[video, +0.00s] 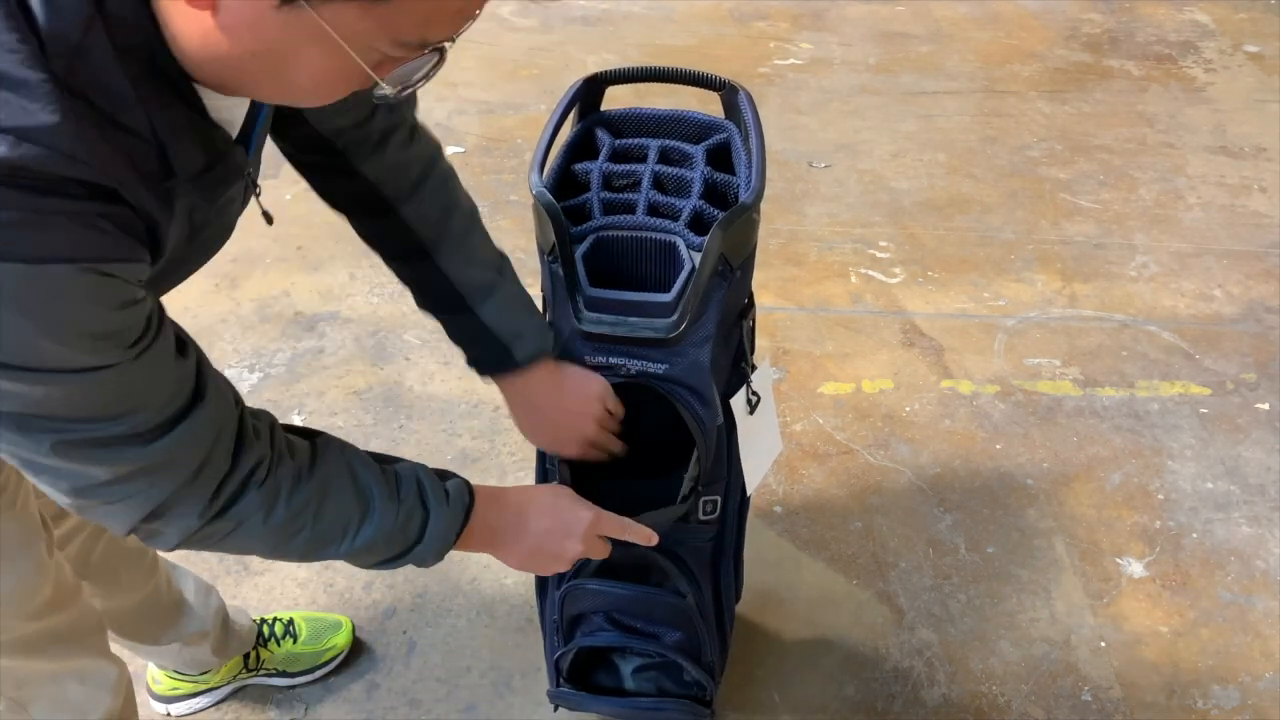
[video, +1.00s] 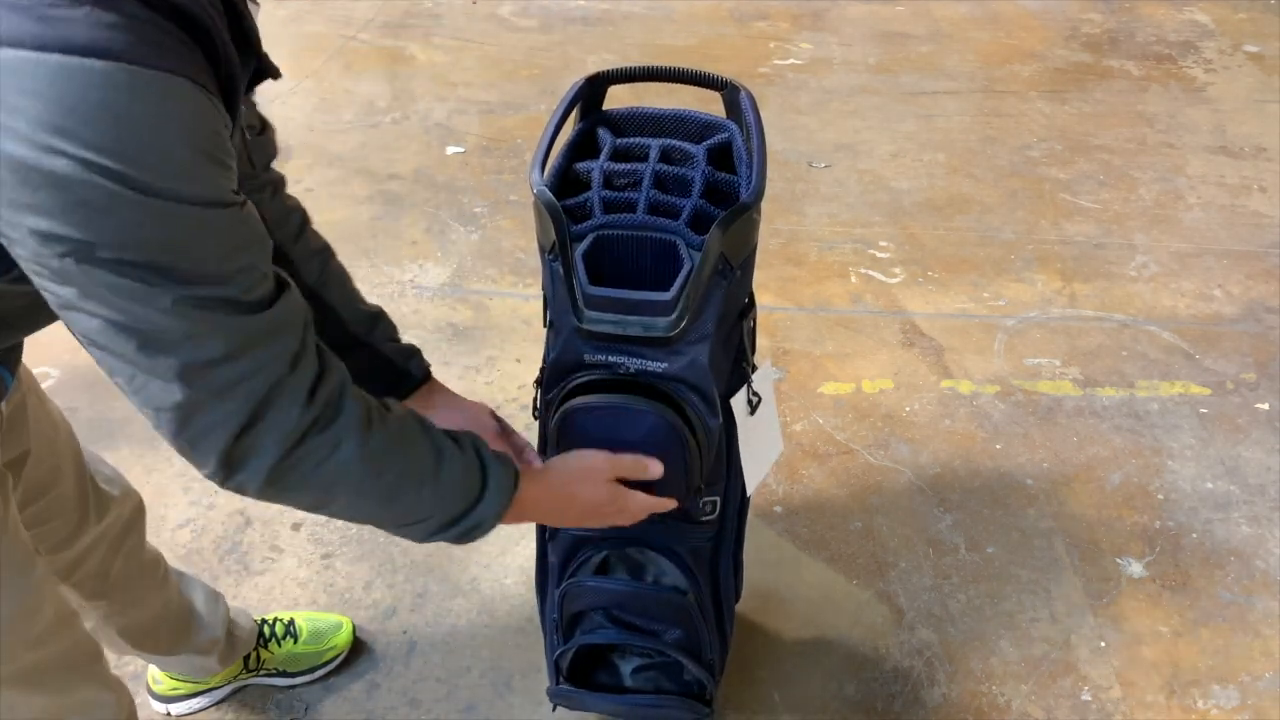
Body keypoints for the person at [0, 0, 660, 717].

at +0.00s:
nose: (408, 82)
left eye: (426, 56)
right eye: (398, 57)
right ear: (238, 13)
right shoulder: (32, 223)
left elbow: (373, 149)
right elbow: (201, 480)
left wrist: (523, 364)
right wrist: (479, 518)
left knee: (83, 513)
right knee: (39, 622)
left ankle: (200, 653)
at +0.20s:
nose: (399, 104)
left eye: (415, 79)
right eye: (385, 79)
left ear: (195, 15)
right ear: (198, 22)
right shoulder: (21, 260)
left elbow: (401, 198)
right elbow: (185, 497)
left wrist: (563, 402)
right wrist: (471, 525)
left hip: (48, 363)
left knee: (99, 521)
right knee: (35, 617)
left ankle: (200, 654)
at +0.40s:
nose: (382, 104)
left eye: (406, 77)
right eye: (383, 76)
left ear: (194, 17)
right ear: (198, 23)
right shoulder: (19, 256)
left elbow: (347, 189)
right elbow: (178, 498)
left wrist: (515, 380)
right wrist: (472, 524)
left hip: (45, 361)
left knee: (97, 518)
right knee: (37, 628)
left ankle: (199, 654)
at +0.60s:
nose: (379, 7)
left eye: (380, 1)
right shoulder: (33, 182)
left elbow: (193, 162)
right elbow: (202, 452)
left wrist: (337, 329)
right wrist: (482, 436)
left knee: (78, 512)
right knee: (45, 641)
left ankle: (197, 653)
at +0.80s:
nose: (334, 5)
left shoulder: (212, 21)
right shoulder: (76, 105)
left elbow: (304, 235)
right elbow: (309, 407)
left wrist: (452, 423)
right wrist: (572, 473)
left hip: (5, 356)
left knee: (72, 521)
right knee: (39, 658)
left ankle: (199, 652)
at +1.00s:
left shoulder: (158, 27)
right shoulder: (80, 77)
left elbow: (259, 220)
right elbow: (259, 420)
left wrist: (419, 393)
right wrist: (530, 493)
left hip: (5, 364)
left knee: (85, 523)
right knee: (36, 653)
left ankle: (200, 653)